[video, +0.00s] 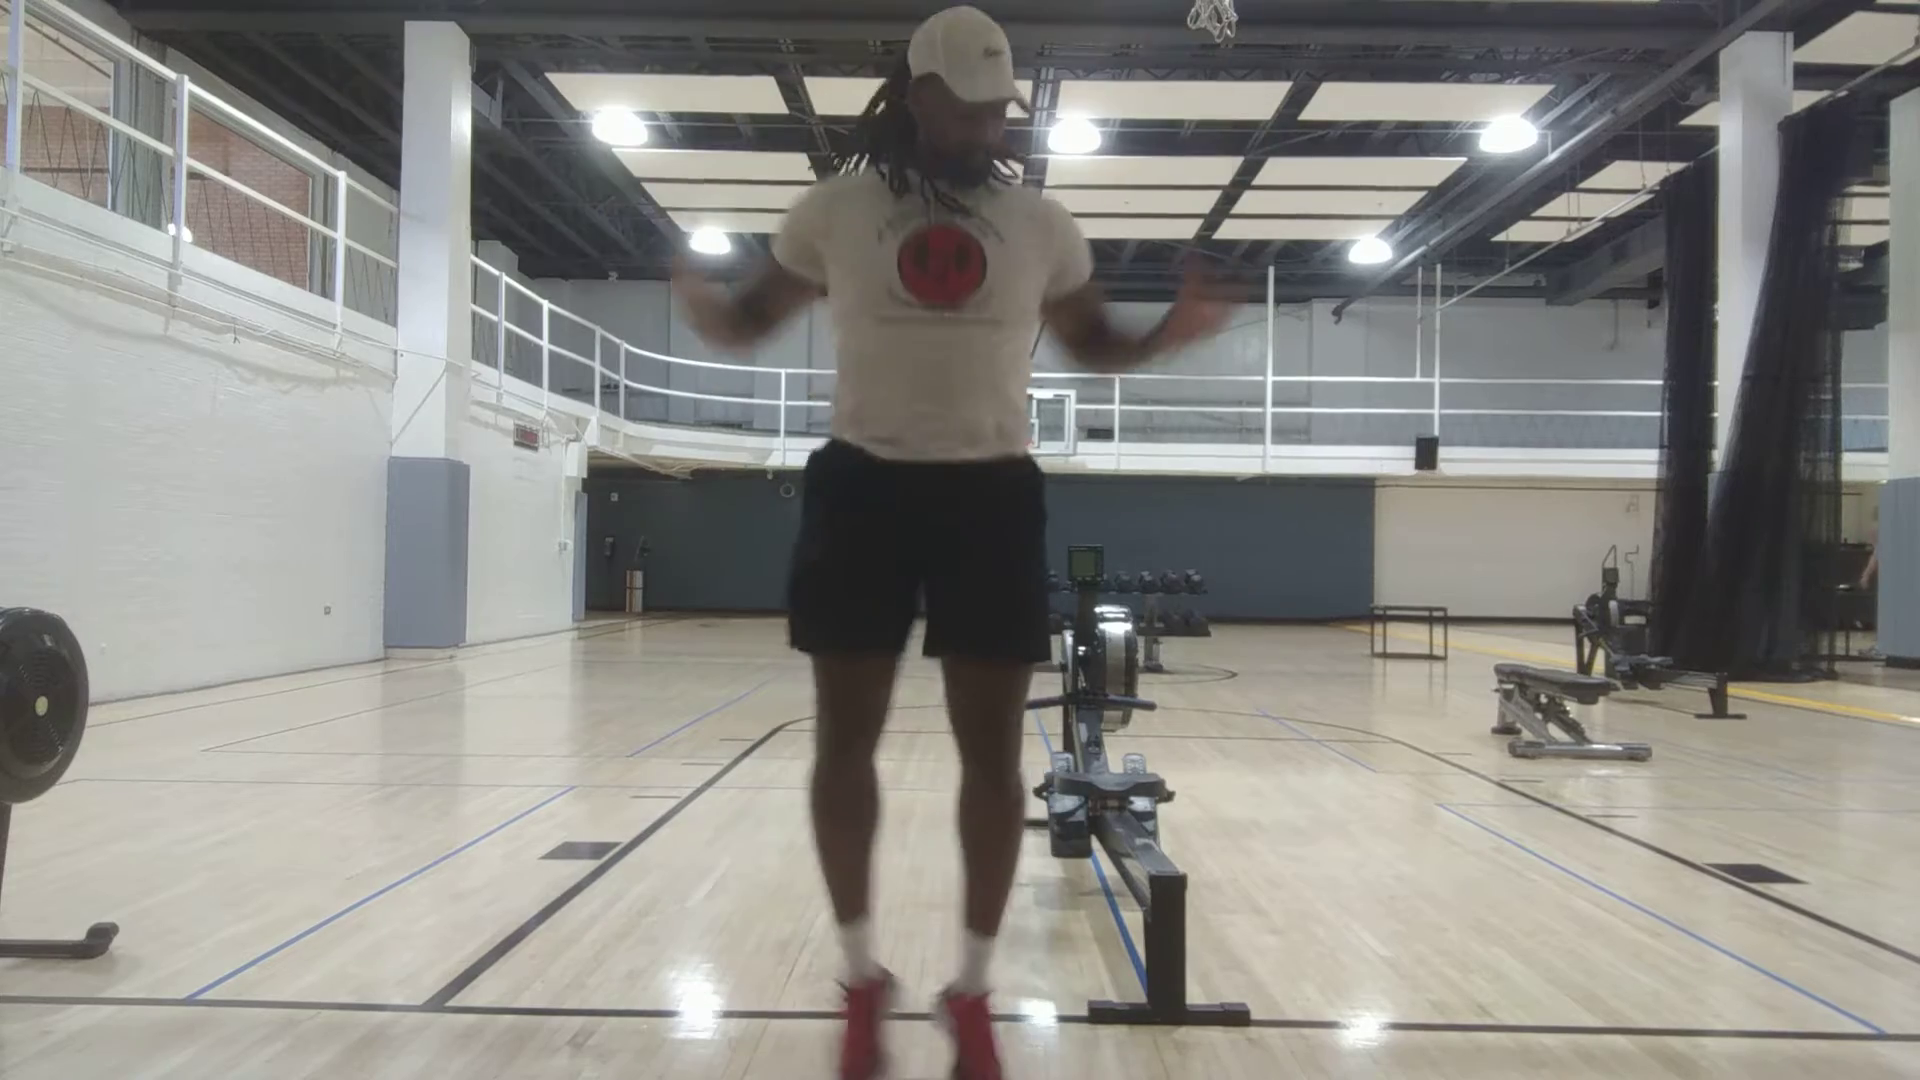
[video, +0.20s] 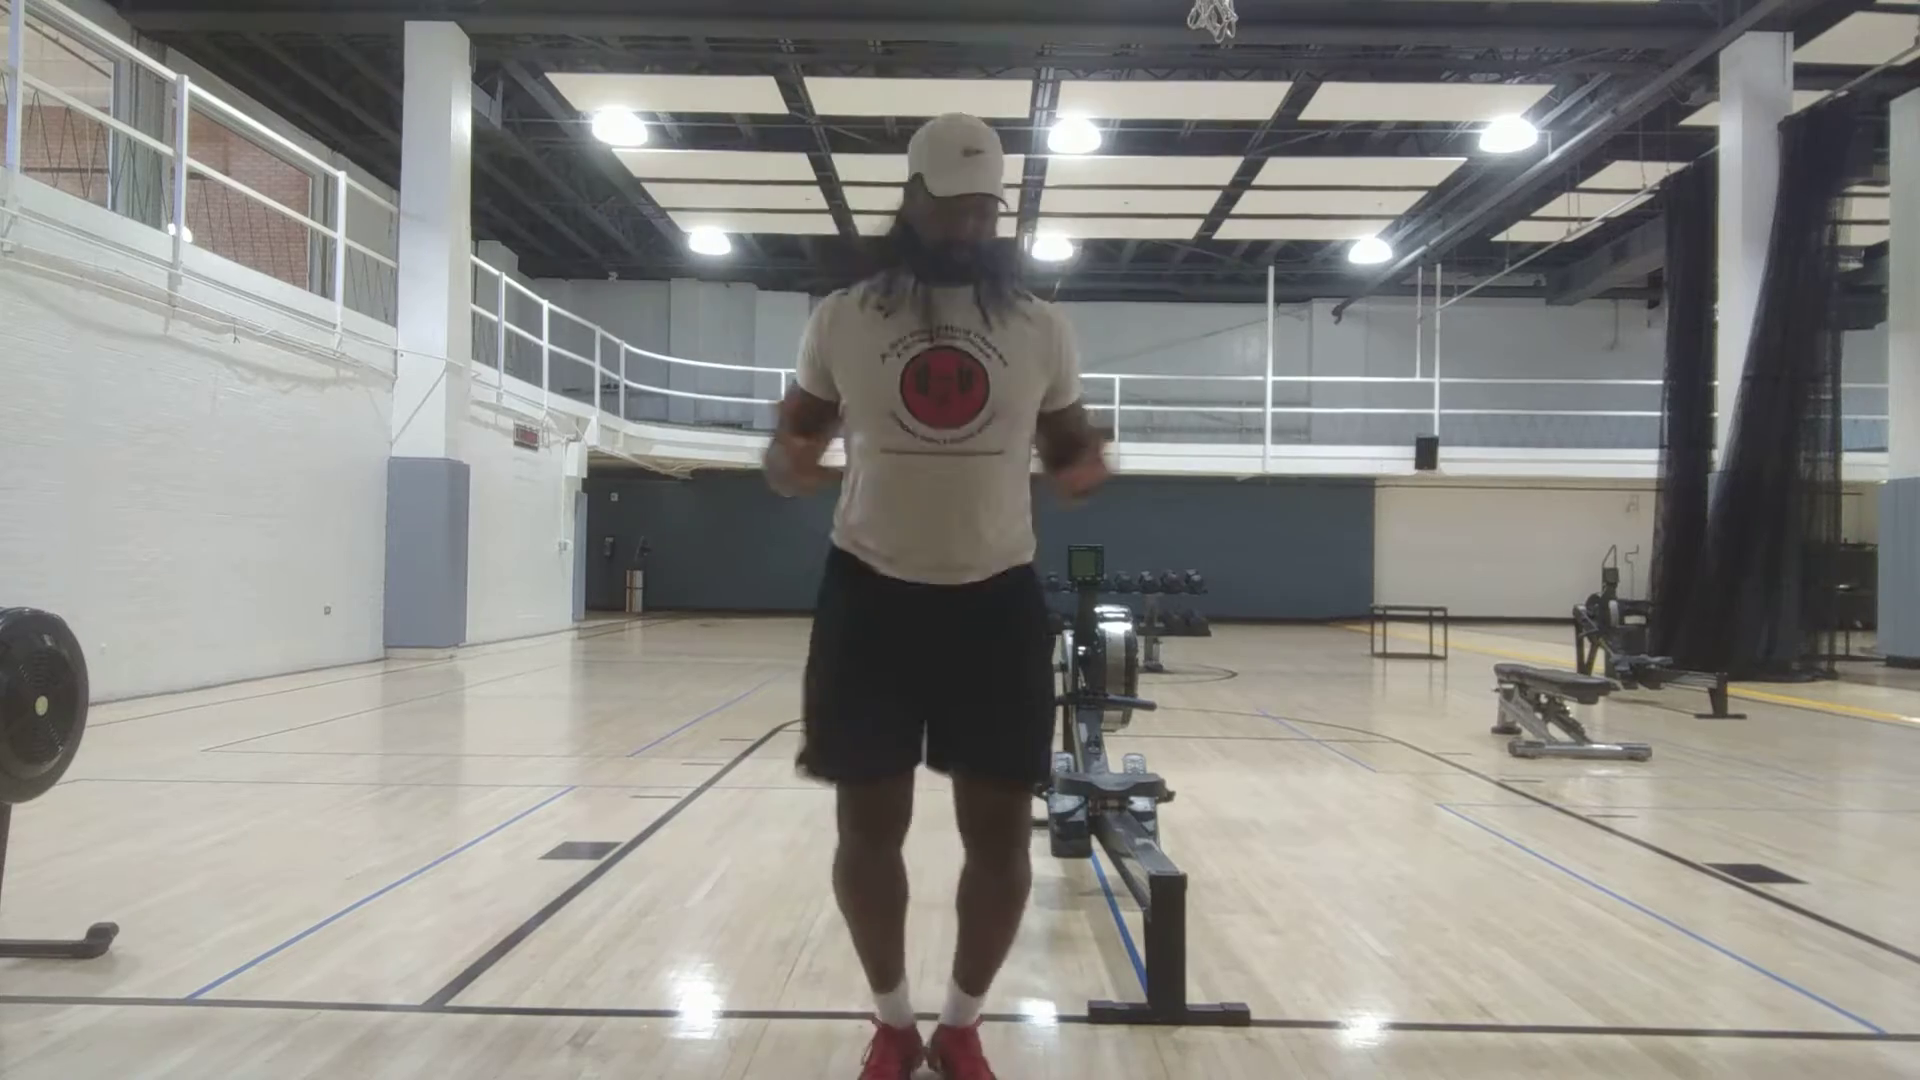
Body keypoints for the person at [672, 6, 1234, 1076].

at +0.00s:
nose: (988, 126)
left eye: (998, 106)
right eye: (968, 108)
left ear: (1007, 101)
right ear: (913, 98)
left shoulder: (1038, 215)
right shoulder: (838, 205)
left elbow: (1096, 346)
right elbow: (743, 325)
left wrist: (1171, 329)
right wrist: (697, 290)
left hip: (993, 499)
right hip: (861, 494)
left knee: (993, 753)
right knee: (845, 743)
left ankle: (970, 986)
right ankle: (862, 976)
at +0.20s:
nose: (972, 224)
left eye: (986, 205)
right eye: (954, 205)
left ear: (1003, 208)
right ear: (911, 203)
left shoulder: (1038, 322)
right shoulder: (848, 315)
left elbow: (1068, 458)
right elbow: (791, 460)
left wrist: (1085, 461)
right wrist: (810, 463)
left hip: (998, 598)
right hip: (872, 594)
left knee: (998, 831)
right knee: (870, 827)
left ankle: (959, 1026)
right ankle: (894, 1025)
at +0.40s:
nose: (962, 115)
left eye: (978, 97)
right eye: (944, 96)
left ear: (1002, 103)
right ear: (909, 98)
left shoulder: (1047, 213)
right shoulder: (852, 201)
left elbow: (1154, 317)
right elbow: (732, 302)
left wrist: (1212, 251)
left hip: (1006, 492)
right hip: (875, 487)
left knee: (1019, 736)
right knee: (841, 728)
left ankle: (1019, 972)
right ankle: (832, 961)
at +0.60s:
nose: (960, 180)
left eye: (977, 163)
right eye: (943, 161)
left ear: (1004, 168)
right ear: (909, 165)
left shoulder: (1054, 252)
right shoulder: (848, 248)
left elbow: (1189, 219)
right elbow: (709, 213)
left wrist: (1123, 97)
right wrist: (749, 86)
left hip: (1012, 566)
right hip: (873, 558)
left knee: (1080, 806)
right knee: (772, 795)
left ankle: (1159, 1036)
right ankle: (677, 1021)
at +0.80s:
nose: (945, 175)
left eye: (962, 158)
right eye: (929, 157)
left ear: (991, 174)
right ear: (898, 171)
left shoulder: (1043, 281)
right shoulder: (840, 270)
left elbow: (1193, 268)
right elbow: (696, 241)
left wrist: (1186, 121)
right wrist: (715, 95)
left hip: (1008, 566)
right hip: (866, 562)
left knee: (1075, 796)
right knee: (771, 782)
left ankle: (1143, 1017)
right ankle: (692, 1012)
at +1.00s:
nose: (937, 89)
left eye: (954, 71)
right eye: (919, 71)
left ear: (980, 87)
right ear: (886, 87)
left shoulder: (1035, 211)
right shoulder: (833, 215)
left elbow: (1092, 348)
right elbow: (761, 340)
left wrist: (1162, 332)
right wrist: (724, 325)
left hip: (997, 501)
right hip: (866, 498)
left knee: (993, 766)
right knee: (849, 760)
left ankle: (967, 1001)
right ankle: (868, 997)